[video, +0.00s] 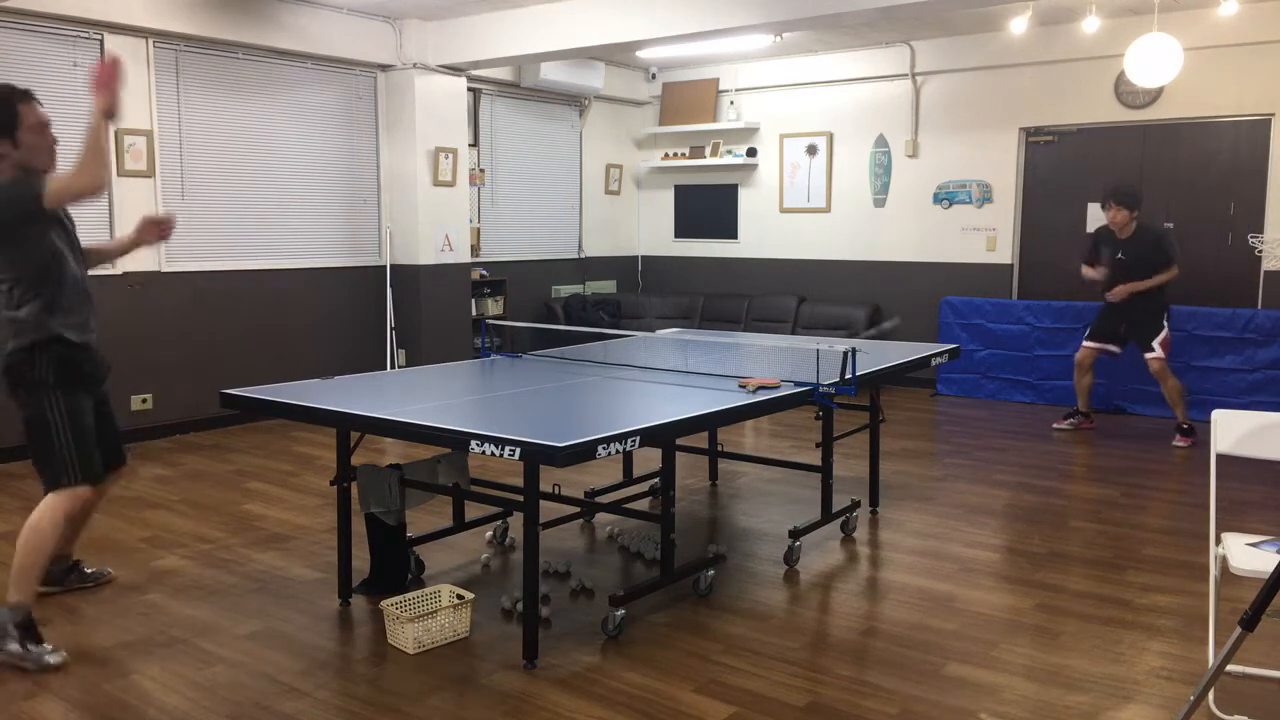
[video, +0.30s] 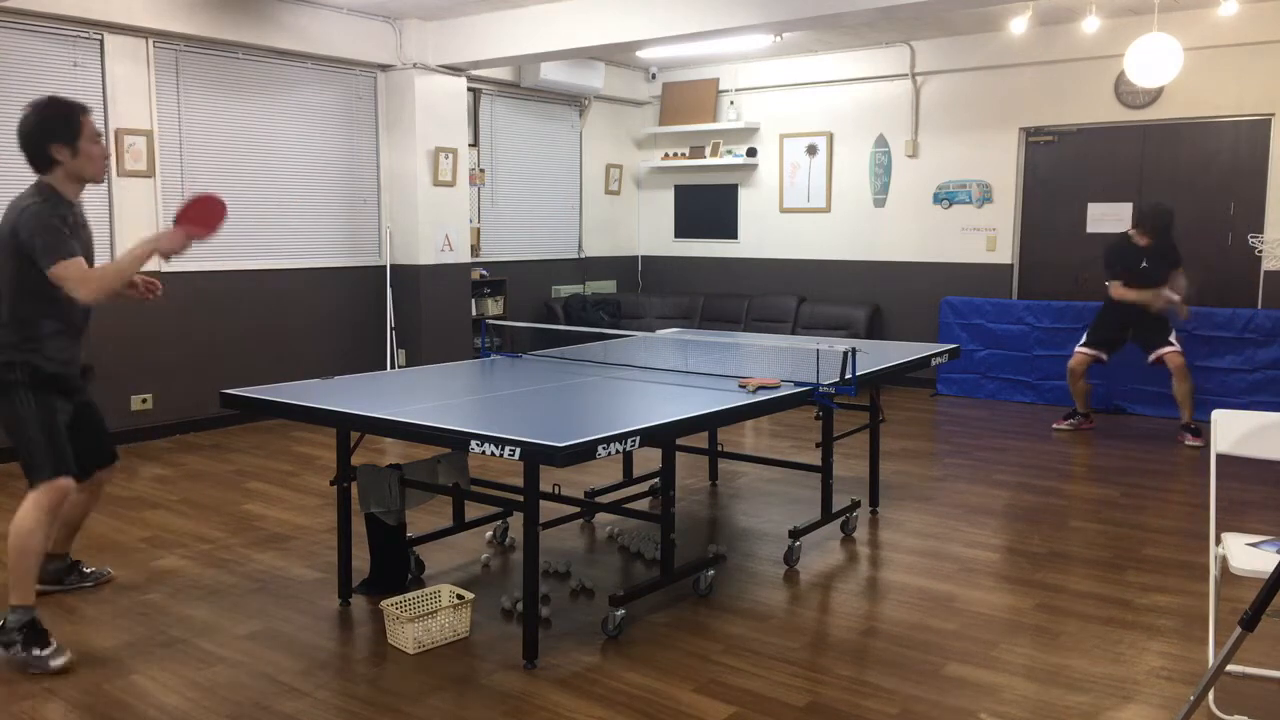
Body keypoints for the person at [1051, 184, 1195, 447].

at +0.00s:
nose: (1111, 216)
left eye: (1117, 211)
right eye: (1108, 210)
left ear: (1133, 213)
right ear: (1105, 211)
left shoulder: (1155, 237)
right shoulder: (1102, 236)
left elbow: (1172, 271)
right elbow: (1086, 269)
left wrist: (1131, 288)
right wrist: (1096, 274)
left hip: (1148, 311)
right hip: (1113, 308)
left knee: (1157, 367)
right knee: (1082, 359)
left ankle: (1184, 424)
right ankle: (1083, 413)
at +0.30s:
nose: (1147, 242)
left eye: (1153, 238)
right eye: (1145, 236)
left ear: (1162, 234)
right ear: (1136, 228)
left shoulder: (1166, 247)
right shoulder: (1116, 247)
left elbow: (1177, 276)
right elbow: (1115, 290)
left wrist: (1175, 297)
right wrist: (1150, 297)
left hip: (1151, 315)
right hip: (1115, 314)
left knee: (1178, 364)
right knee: (1076, 366)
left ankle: (1188, 424)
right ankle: (1082, 415)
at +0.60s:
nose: (1166, 190)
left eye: (1173, 185)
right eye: (1163, 184)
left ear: (1184, 191)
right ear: (1156, 187)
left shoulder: (1194, 223)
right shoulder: (1136, 215)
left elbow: (1216, 247)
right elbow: (1091, 212)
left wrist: (1232, 276)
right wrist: (1048, 212)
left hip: (1174, 307)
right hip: (1134, 304)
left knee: (1187, 365)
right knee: (1104, 359)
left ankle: (1190, 426)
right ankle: (1088, 413)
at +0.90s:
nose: (1148, 185)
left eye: (1156, 180)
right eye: (1147, 180)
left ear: (1171, 186)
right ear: (1144, 185)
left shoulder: (1185, 222)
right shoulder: (1139, 219)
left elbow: (1209, 256)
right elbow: (1122, 252)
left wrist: (1182, 281)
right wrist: (1106, 238)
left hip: (1166, 303)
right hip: (1133, 299)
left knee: (1179, 368)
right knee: (1095, 349)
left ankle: (1194, 422)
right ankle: (1092, 408)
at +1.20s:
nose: (1112, 202)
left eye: (1120, 198)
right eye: (1111, 197)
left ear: (1133, 204)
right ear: (1106, 200)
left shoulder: (1145, 235)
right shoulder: (1094, 231)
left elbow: (1163, 266)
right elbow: (1080, 264)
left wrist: (1138, 287)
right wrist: (1094, 277)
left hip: (1127, 310)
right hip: (1092, 308)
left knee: (1151, 365)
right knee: (1059, 356)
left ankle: (1187, 420)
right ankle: (1045, 403)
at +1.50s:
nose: (1076, 215)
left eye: (1083, 210)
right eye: (1074, 209)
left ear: (1097, 212)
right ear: (1070, 211)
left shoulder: (1118, 238)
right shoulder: (1070, 234)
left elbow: (1134, 270)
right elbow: (1055, 257)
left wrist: (1094, 281)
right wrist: (1054, 261)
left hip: (1112, 308)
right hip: (1080, 304)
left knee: (1129, 359)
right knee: (1046, 348)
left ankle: (1151, 415)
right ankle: (1044, 402)